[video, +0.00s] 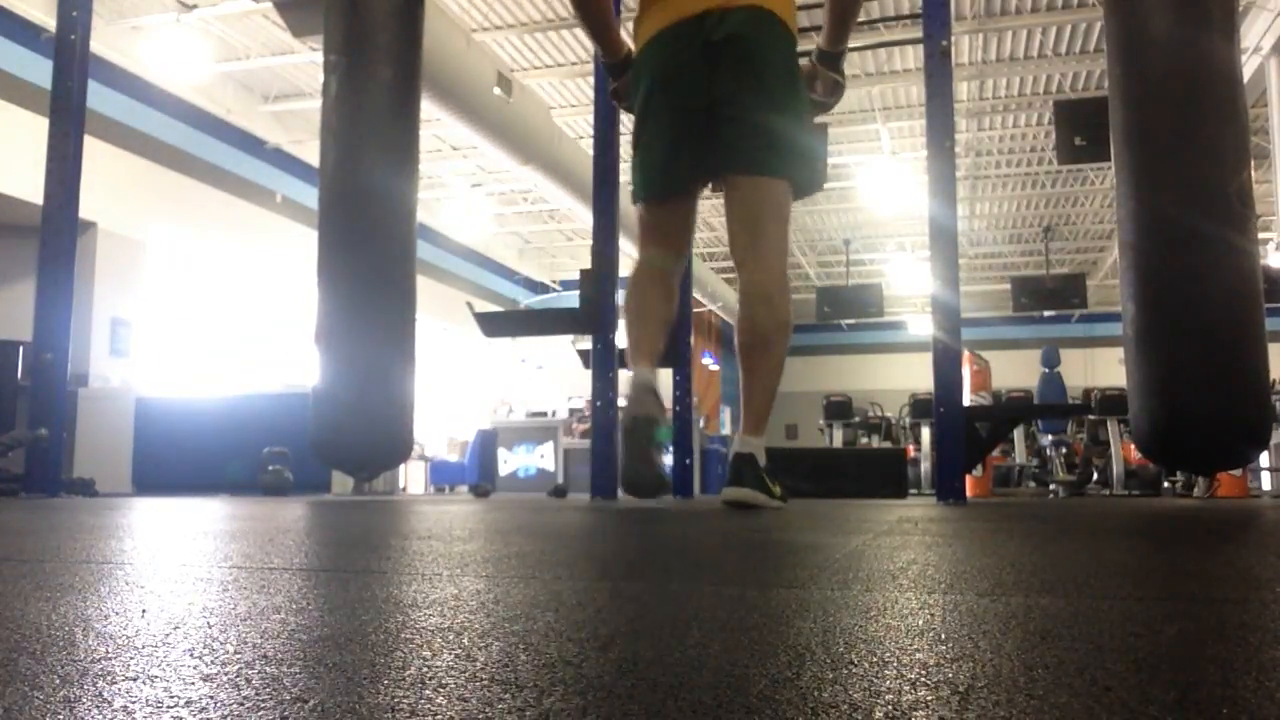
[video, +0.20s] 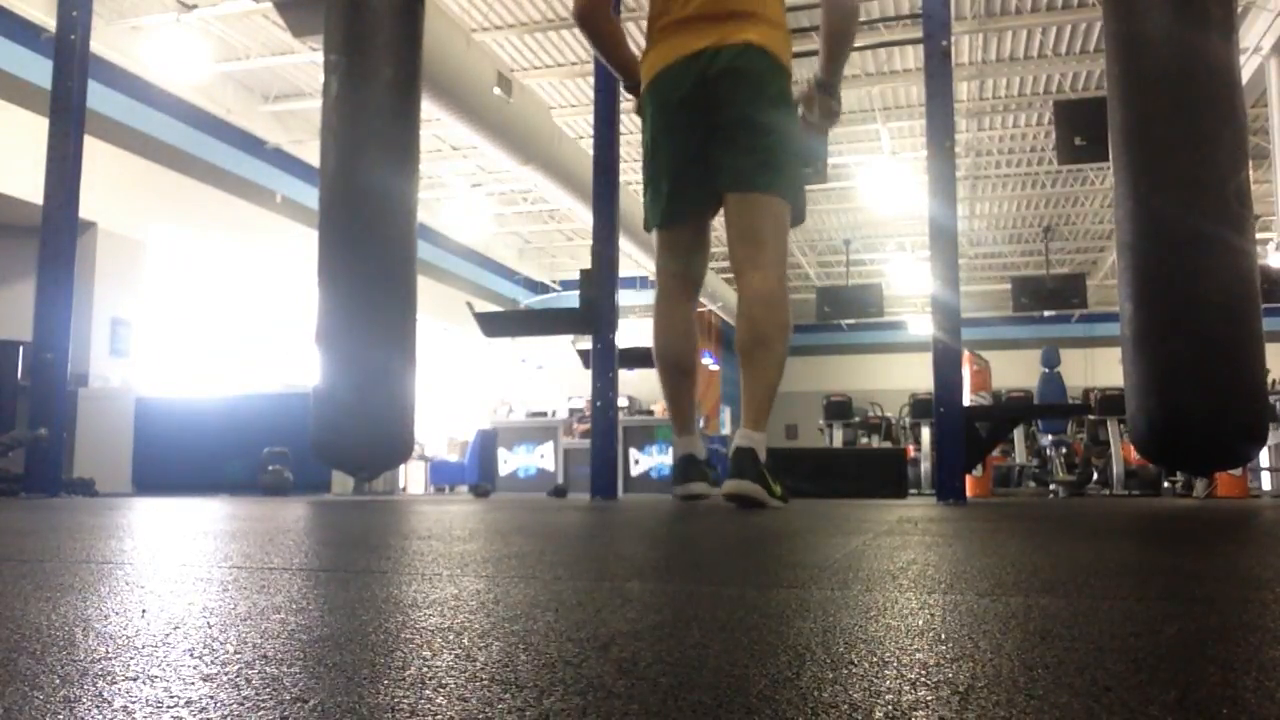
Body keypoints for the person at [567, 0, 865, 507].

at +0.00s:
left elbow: (588, 1)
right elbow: (845, 2)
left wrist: (618, 60)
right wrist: (830, 60)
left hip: (664, 44)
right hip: (762, 40)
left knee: (660, 253)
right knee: (762, 262)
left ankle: (641, 390)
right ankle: (749, 454)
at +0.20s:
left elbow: (590, 9)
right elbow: (842, 4)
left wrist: (638, 79)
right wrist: (827, 82)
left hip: (668, 71)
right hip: (754, 60)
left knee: (676, 279)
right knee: (760, 267)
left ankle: (687, 453)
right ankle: (749, 446)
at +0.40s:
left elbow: (599, 48)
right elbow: (816, 25)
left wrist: (664, 70)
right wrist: (839, 120)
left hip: (654, 111)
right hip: (734, 103)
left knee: (677, 301)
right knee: (773, 290)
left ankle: (695, 458)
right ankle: (753, 394)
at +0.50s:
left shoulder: (619, 1)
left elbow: (615, 58)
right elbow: (801, 24)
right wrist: (848, 116)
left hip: (644, 117)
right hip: (722, 110)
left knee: (668, 295)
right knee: (751, 291)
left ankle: (692, 450)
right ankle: (768, 426)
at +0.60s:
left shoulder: (616, 6)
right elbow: (795, 25)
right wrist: (859, 110)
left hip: (635, 136)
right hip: (713, 127)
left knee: (622, 308)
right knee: (750, 306)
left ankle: (662, 429)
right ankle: (779, 460)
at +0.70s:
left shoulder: (602, 7)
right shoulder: (709, 1)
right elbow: (787, 29)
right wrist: (849, 106)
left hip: (619, 142)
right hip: (695, 136)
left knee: (582, 308)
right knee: (743, 310)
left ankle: (594, 430)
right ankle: (773, 457)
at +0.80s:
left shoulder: (576, 4)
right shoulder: (690, 2)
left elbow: (552, 55)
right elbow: (770, 46)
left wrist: (599, 31)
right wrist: (812, 110)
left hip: (595, 143)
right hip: (670, 141)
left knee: (536, 302)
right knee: (726, 310)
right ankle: (764, 459)